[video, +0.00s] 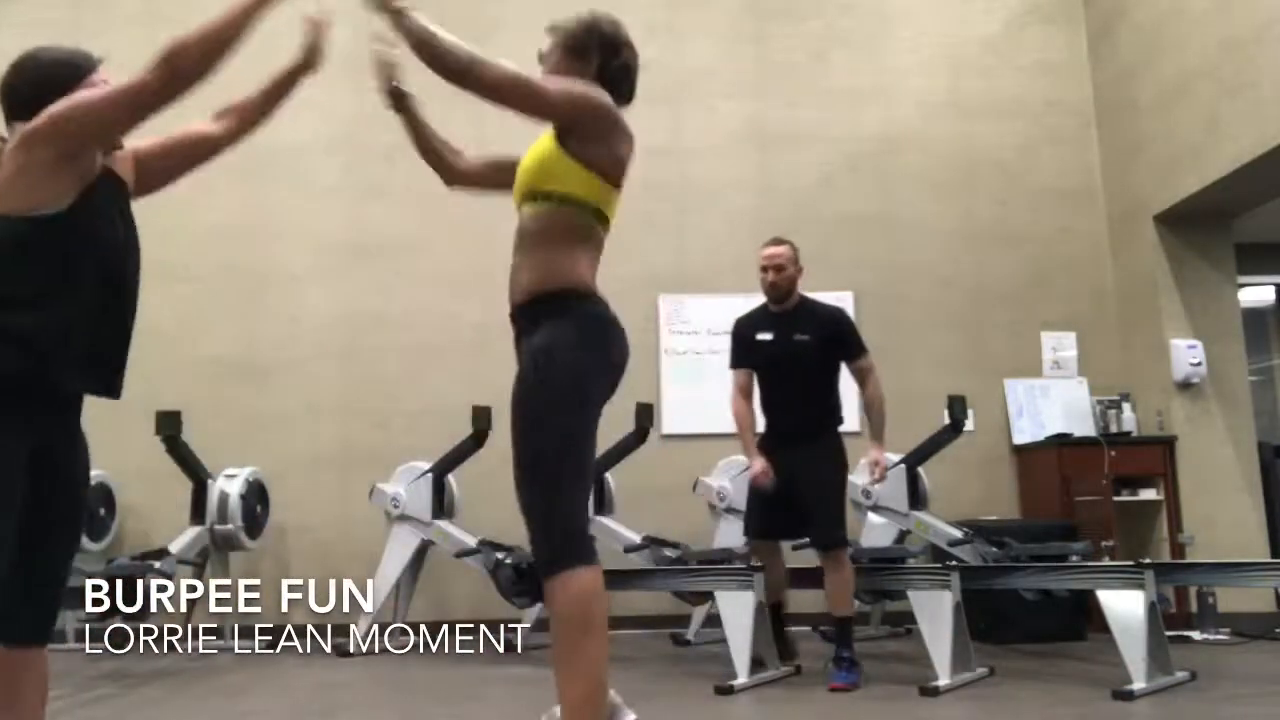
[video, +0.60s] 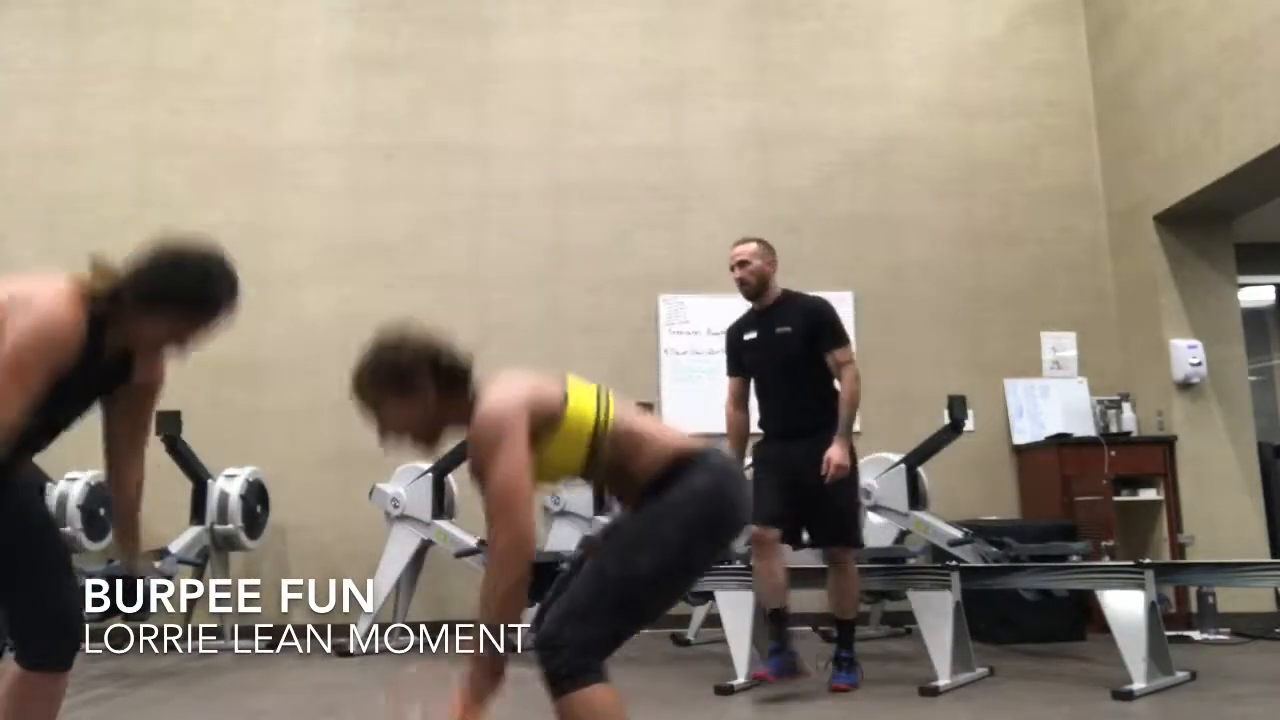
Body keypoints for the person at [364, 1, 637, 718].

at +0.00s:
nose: (541, 66)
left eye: (553, 56)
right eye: (544, 56)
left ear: (589, 65)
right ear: (582, 67)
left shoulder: (598, 113)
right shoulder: (558, 152)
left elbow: (478, 73)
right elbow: (458, 168)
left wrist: (394, 11)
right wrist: (403, 104)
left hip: (569, 335)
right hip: (549, 339)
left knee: (561, 533)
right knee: (558, 533)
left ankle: (582, 705)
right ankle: (586, 701)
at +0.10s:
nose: (540, 148)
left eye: (550, 136)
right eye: (542, 137)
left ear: (584, 139)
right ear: (574, 147)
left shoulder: (611, 194)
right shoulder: (567, 216)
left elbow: (507, 157)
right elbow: (496, 261)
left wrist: (485, 71)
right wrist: (477, 186)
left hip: (578, 404)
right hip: (550, 404)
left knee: (534, 602)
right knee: (552, 599)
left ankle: (569, 708)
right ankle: (584, 707)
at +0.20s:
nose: (510, 180)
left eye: (518, 165)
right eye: (508, 167)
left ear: (555, 168)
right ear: (553, 173)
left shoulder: (604, 234)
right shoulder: (544, 249)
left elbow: (593, 299)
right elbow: (533, 346)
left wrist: (524, 229)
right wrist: (493, 297)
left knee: (517, 647)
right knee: (533, 643)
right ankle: (592, 710)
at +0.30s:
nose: (459, 188)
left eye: (465, 170)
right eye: (457, 173)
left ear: (508, 162)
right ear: (509, 166)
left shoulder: (574, 226)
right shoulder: (531, 240)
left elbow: (617, 331)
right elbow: (572, 369)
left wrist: (508, 349)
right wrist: (500, 412)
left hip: (619, 438)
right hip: (593, 441)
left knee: (555, 638)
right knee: (565, 634)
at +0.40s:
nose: (424, 218)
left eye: (429, 199)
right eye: (420, 203)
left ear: (470, 186)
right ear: (466, 191)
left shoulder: (546, 243)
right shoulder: (508, 267)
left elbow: (599, 350)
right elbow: (553, 389)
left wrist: (508, 418)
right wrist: (502, 470)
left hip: (642, 436)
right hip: (616, 442)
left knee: (571, 633)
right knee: (575, 633)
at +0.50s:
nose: (394, 312)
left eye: (396, 293)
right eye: (387, 298)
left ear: (432, 274)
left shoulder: (516, 307)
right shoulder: (490, 352)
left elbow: (553, 435)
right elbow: (519, 457)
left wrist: (486, 540)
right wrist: (502, 544)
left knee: (585, 632)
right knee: (578, 630)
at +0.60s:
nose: (382, 428)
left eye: (382, 409)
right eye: (376, 414)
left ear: (418, 388)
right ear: (422, 387)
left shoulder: (500, 411)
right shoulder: (491, 423)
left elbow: (514, 554)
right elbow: (507, 554)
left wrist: (479, 679)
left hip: (699, 487)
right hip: (678, 491)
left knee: (566, 644)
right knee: (561, 638)